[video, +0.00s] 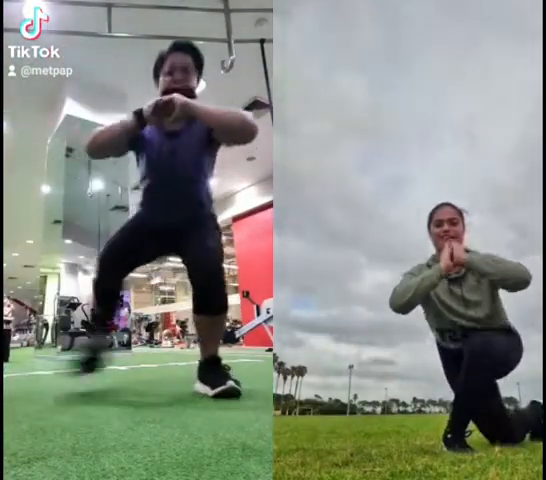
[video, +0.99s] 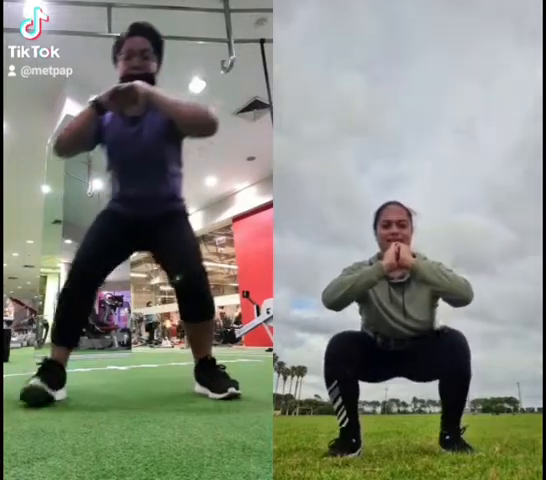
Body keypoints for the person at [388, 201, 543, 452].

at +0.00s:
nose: (446, 229)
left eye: (453, 223)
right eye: (438, 224)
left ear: (464, 228)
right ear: (430, 233)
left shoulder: (479, 262)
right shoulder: (423, 272)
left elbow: (522, 278)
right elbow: (398, 304)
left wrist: (467, 258)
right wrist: (440, 270)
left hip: (499, 343)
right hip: (455, 353)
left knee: (477, 351)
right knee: (502, 435)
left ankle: (455, 434)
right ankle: (535, 414)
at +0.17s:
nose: (443, 224)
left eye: (450, 218)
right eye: (435, 220)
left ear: (460, 224)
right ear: (427, 229)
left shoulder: (481, 259)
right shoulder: (421, 267)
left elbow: (525, 264)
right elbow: (395, 289)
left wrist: (469, 248)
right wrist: (440, 258)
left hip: (500, 338)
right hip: (455, 349)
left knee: (476, 346)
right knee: (502, 435)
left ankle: (455, 434)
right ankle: (534, 414)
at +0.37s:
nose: (433, 185)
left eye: (440, 178)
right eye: (425, 180)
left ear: (450, 183)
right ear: (416, 187)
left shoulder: (468, 221)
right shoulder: (409, 224)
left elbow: (513, 232)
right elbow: (386, 246)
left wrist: (463, 215)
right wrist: (431, 220)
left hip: (476, 306)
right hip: (434, 313)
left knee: (471, 342)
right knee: (448, 398)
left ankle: (454, 433)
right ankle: (502, 403)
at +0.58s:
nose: (420, 175)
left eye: (426, 169)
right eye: (412, 170)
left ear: (436, 173)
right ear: (402, 177)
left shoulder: (455, 207)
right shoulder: (396, 216)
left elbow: (489, 224)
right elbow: (366, 240)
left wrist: (442, 206)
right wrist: (410, 211)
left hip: (459, 299)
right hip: (413, 296)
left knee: (469, 348)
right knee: (381, 342)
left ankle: (453, 434)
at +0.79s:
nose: (407, 204)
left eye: (414, 198)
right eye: (400, 198)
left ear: (424, 204)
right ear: (390, 206)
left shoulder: (440, 242)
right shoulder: (379, 243)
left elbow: (478, 257)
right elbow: (347, 271)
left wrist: (429, 234)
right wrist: (397, 239)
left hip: (435, 326)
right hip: (389, 327)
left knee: (462, 342)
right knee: (357, 344)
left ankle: (452, 435)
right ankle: (350, 438)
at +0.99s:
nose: (394, 231)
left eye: (402, 225)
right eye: (387, 225)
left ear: (411, 232)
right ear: (377, 233)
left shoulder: (426, 267)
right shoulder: (364, 270)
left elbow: (465, 295)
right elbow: (330, 299)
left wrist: (413, 265)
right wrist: (382, 268)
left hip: (420, 354)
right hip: (376, 355)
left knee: (454, 343)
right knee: (341, 346)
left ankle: (451, 436)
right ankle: (349, 440)